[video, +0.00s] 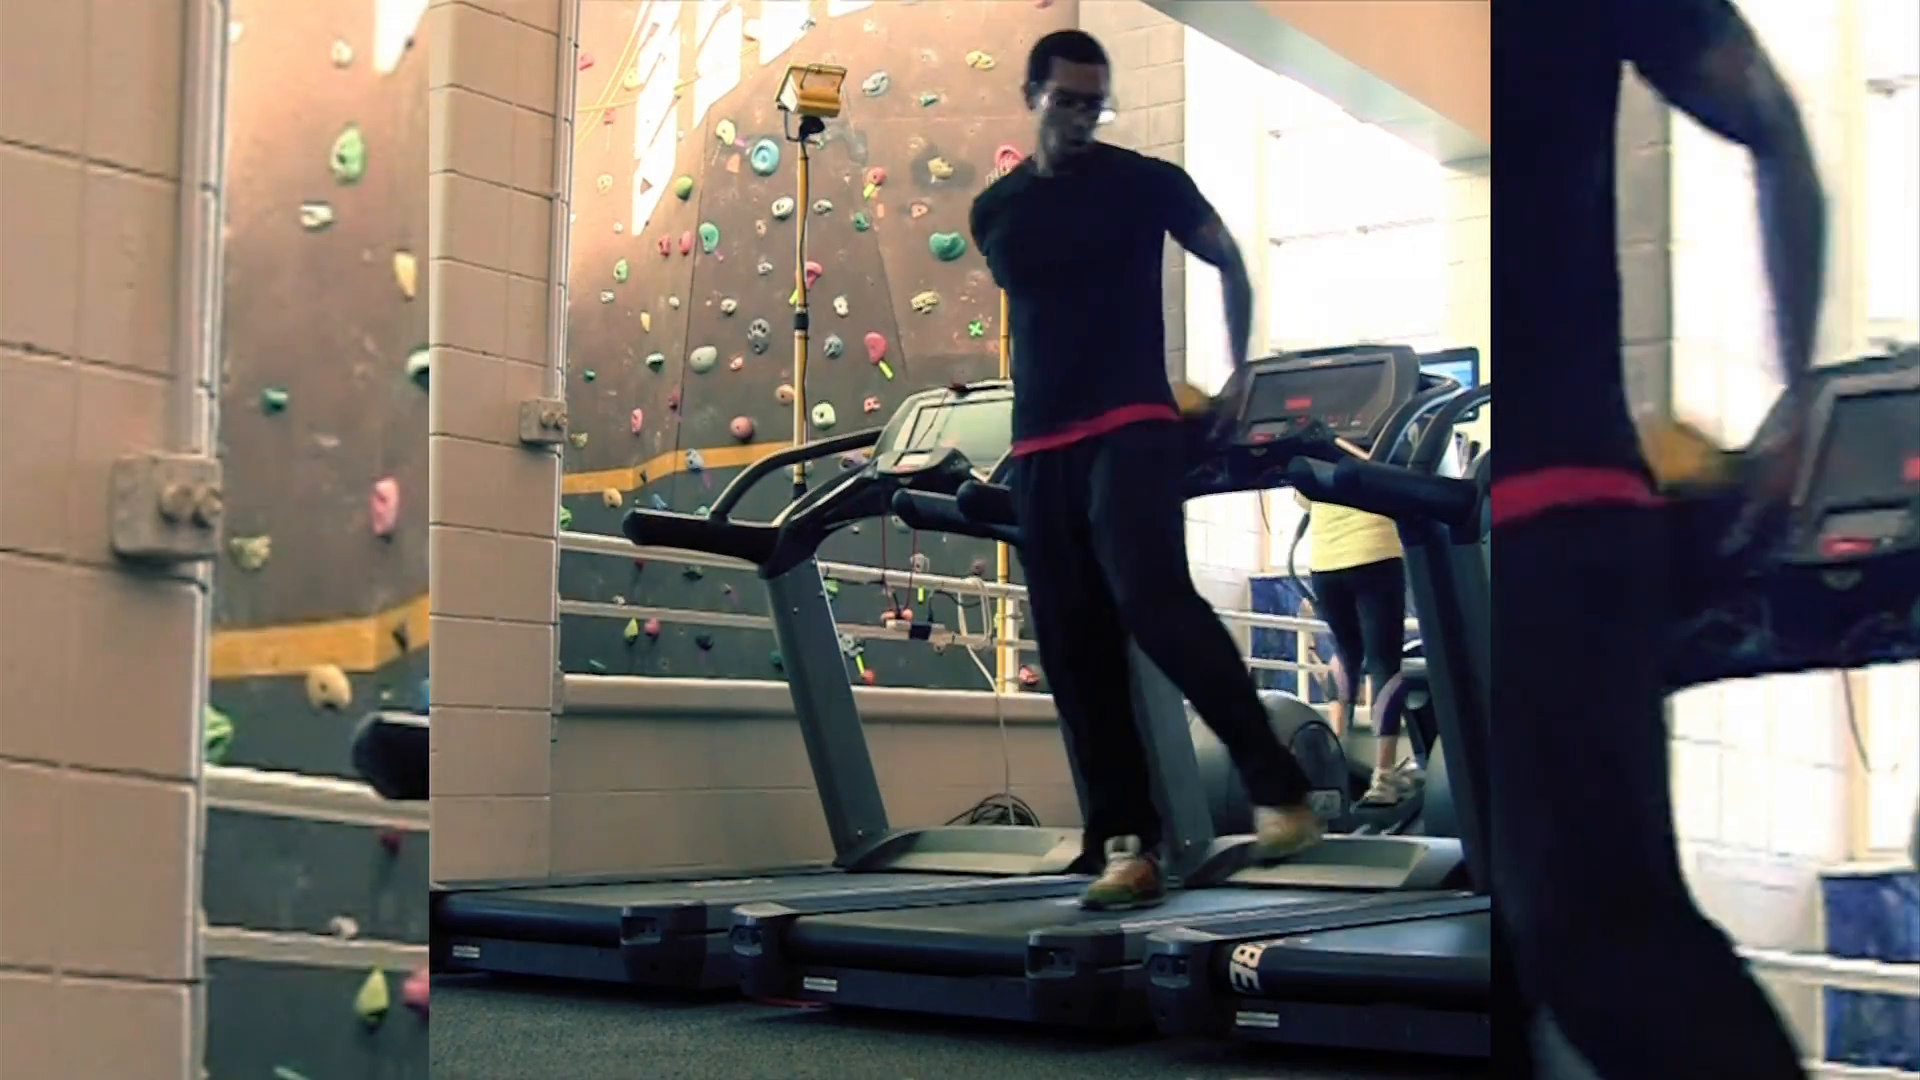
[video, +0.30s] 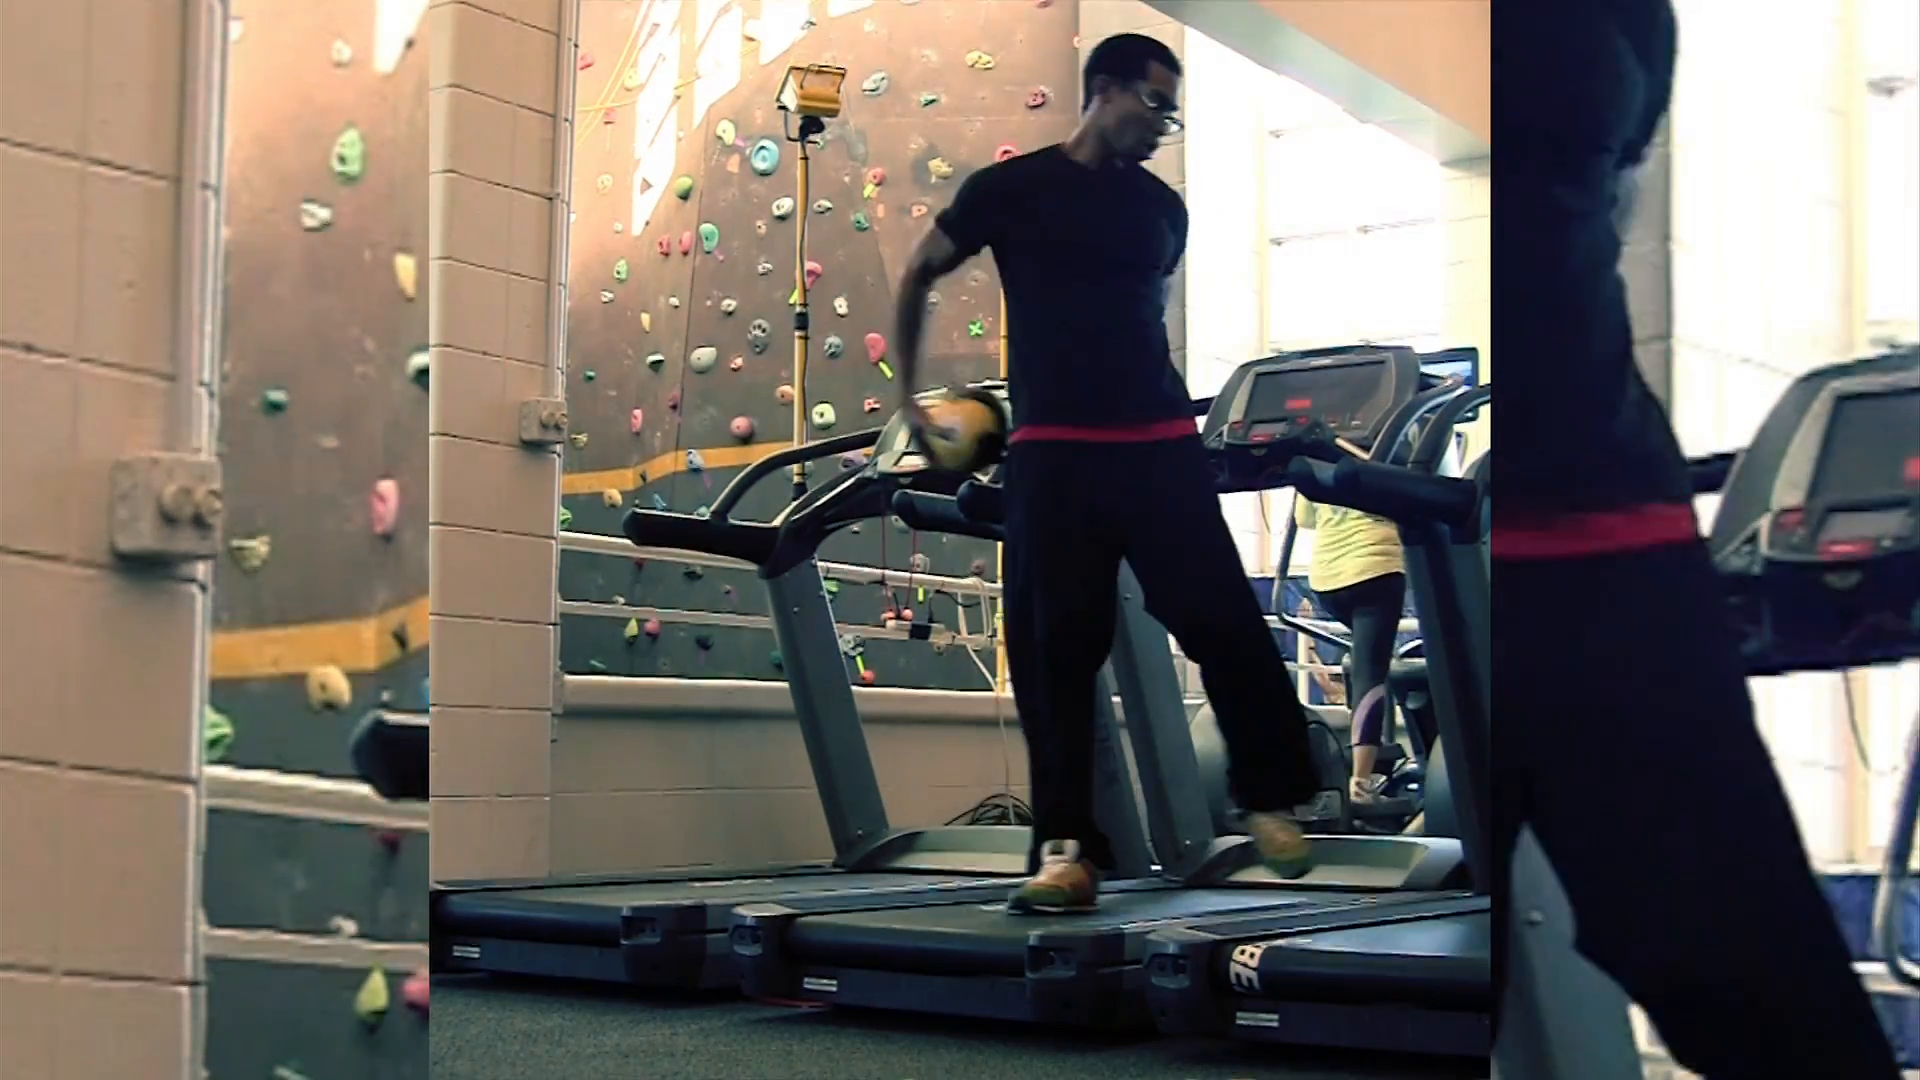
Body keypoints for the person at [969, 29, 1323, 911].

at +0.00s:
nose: (1083, 118)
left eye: (1095, 104)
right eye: (1068, 102)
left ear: (1108, 105)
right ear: (1030, 100)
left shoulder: (1149, 183)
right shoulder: (994, 210)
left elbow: (1230, 266)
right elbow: (1025, 310)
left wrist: (1241, 372)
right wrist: (1025, 425)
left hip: (1136, 427)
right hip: (1044, 445)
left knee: (1153, 603)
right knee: (1076, 653)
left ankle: (1283, 796)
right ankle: (1130, 845)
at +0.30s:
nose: (1164, 122)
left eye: (1171, 109)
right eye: (1154, 102)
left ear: (1158, 112)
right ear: (1100, 91)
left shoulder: (1161, 207)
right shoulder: (1008, 187)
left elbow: (1153, 324)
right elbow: (916, 278)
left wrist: (1173, 410)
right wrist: (909, 403)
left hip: (1161, 454)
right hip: (1054, 457)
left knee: (1230, 631)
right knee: (1053, 658)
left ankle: (1273, 810)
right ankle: (1064, 850)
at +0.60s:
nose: (1192, 146)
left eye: (1197, 133)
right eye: (1187, 125)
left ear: (1147, 113)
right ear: (1141, 104)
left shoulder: (1124, 207)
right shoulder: (1068, 158)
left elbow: (1080, 335)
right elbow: (946, 214)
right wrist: (960, 318)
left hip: (1142, 455)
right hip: (1071, 447)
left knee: (1200, 627)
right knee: (1057, 639)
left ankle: (1141, 835)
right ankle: (1023, 844)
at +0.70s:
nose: (1194, 159)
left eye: (1199, 146)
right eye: (1189, 139)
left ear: (1149, 128)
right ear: (1147, 120)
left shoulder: (1117, 209)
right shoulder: (1093, 162)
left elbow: (1041, 345)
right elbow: (1006, 205)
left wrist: (1028, 488)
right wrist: (1068, 287)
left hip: (1115, 451)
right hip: (1077, 441)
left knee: (1177, 638)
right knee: (1071, 639)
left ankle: (1108, 848)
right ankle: (998, 854)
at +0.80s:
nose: (1188, 180)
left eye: (1195, 165)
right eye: (1187, 159)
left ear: (1136, 137)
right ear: (1150, 138)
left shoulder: (1060, 224)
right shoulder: (1096, 188)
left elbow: (1013, 369)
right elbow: (1089, 229)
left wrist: (1028, 489)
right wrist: (1175, 309)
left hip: (1075, 462)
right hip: (1082, 456)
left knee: (1156, 642)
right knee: (1088, 642)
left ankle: (1087, 856)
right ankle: (984, 857)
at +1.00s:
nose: (1188, 203)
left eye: (1190, 193)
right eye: (1185, 189)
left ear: (1110, 170)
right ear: (1156, 169)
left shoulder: (1030, 249)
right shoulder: (1144, 200)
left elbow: (1003, 393)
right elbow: (1206, 266)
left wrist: (1019, 475)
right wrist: (1288, 363)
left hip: (1022, 475)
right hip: (1096, 462)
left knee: (1068, 671)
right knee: (1126, 660)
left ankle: (1043, 850)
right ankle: (1006, 818)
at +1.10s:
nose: (1191, 213)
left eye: (1193, 203)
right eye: (1188, 199)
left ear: (1114, 180)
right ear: (1163, 180)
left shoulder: (1042, 246)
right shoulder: (1150, 206)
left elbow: (1015, 370)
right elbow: (1212, 278)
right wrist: (1290, 374)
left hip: (1015, 476)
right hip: (1095, 467)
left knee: (1055, 672)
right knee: (1151, 668)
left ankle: (1046, 850)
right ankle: (1043, 818)